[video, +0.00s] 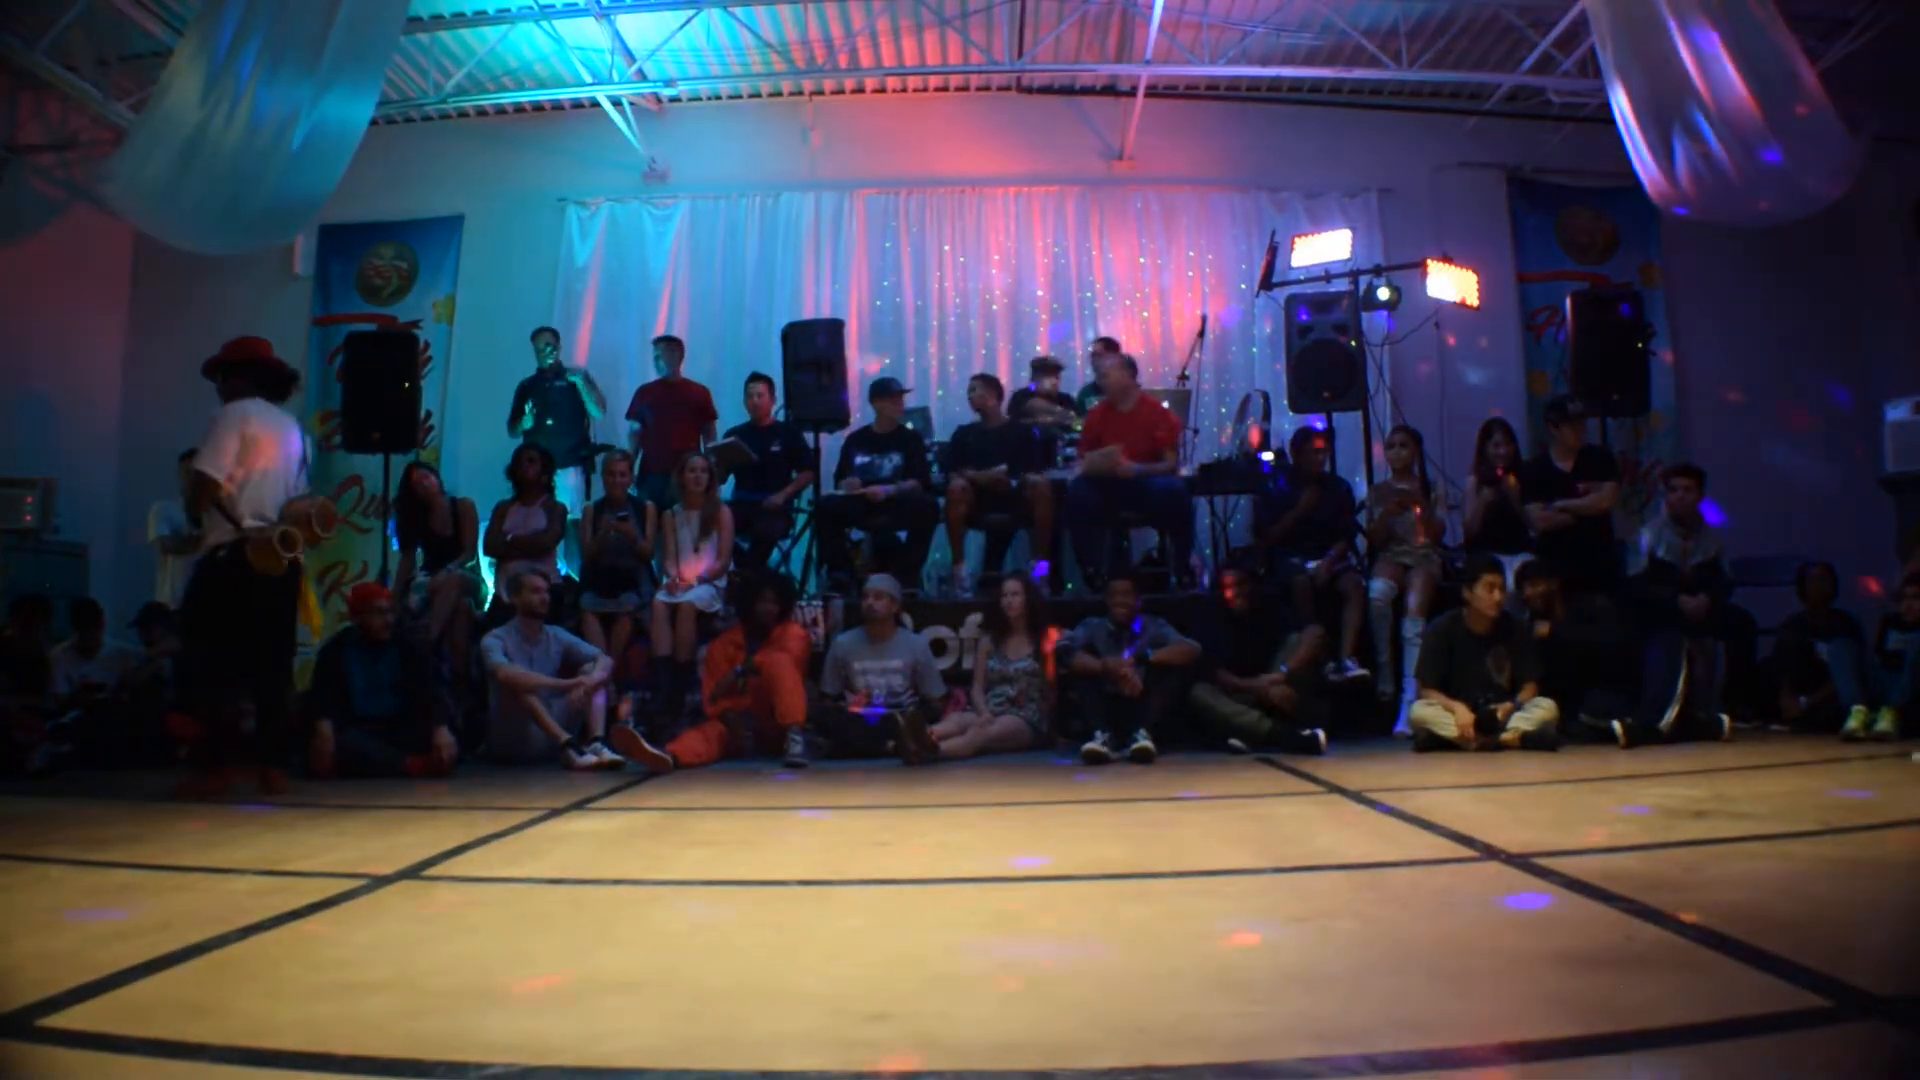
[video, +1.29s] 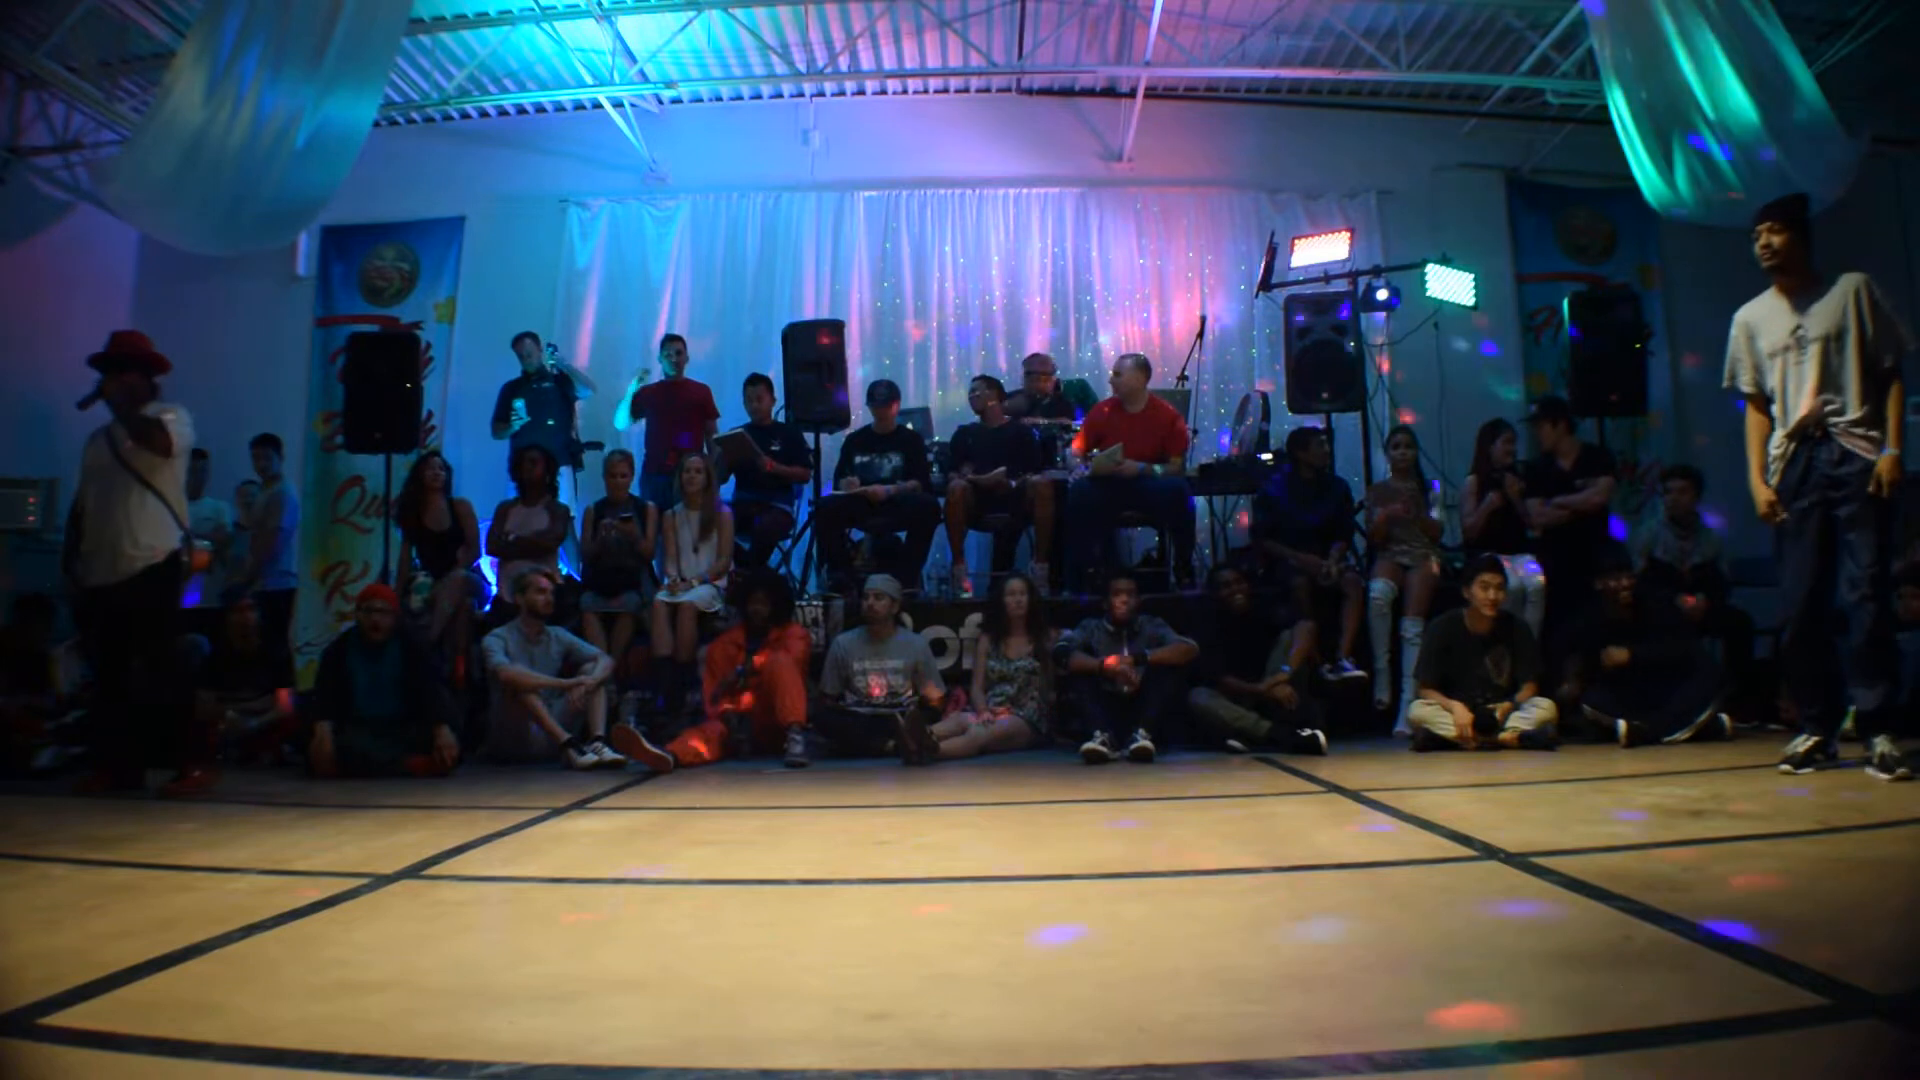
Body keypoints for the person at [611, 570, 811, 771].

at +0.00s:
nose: (768, 609)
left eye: (774, 603)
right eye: (762, 602)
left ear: (783, 607)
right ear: (748, 605)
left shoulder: (792, 634)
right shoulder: (723, 645)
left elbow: (785, 664)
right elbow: (713, 704)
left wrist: (752, 667)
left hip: (774, 716)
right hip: (737, 720)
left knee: (778, 661)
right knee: (709, 735)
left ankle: (795, 738)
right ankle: (670, 756)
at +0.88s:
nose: (767, 609)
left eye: (773, 603)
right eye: (761, 602)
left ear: (783, 606)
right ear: (748, 605)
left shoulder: (793, 633)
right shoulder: (724, 645)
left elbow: (789, 666)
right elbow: (713, 704)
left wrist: (753, 668)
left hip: (775, 715)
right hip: (738, 721)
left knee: (778, 660)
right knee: (711, 734)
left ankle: (795, 737)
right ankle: (670, 755)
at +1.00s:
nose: (768, 609)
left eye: (774, 603)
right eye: (762, 602)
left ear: (783, 607)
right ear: (749, 605)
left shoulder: (793, 634)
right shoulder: (723, 646)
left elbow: (790, 655)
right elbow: (713, 704)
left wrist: (753, 666)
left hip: (775, 717)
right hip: (738, 721)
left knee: (779, 661)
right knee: (711, 734)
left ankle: (795, 735)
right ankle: (670, 755)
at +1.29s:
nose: (757, 610)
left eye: (764, 604)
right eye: (752, 603)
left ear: (778, 605)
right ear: (743, 606)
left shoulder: (793, 634)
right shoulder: (724, 645)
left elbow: (786, 664)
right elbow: (714, 705)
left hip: (774, 716)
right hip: (738, 721)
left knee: (780, 660)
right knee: (711, 734)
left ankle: (795, 736)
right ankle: (670, 755)